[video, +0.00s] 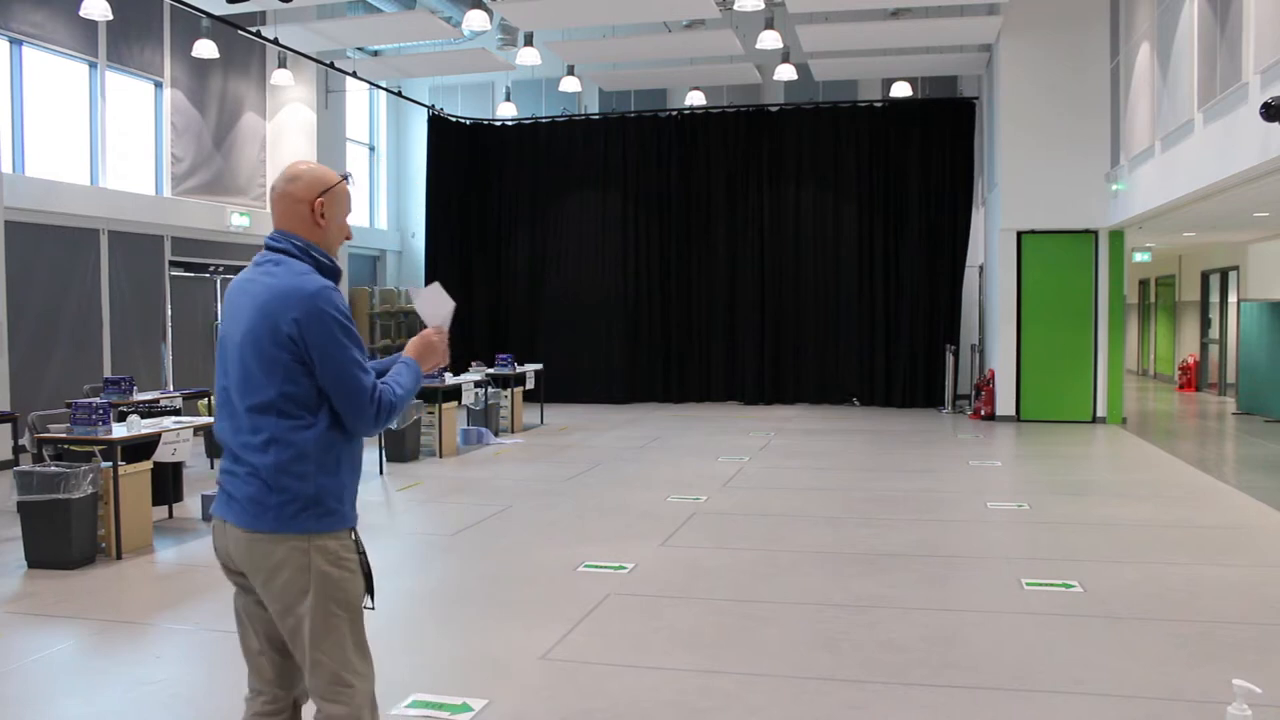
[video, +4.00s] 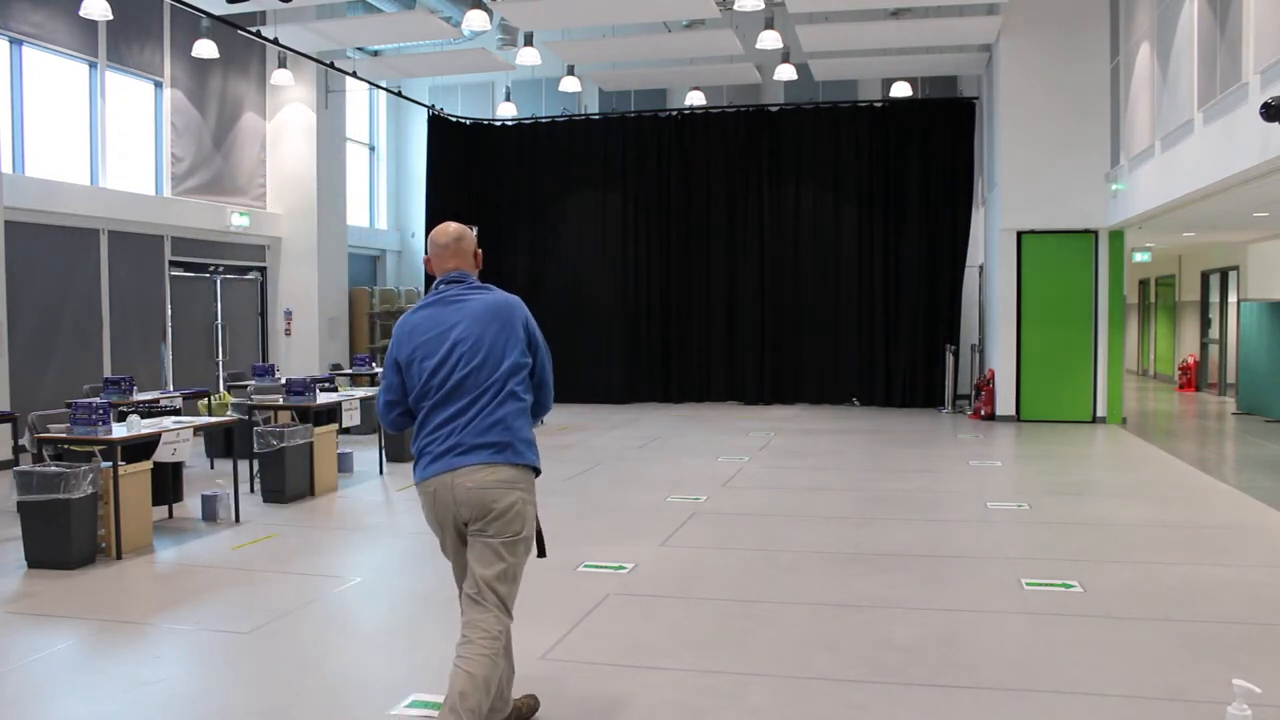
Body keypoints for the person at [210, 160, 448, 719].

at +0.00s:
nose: (350, 227)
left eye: (349, 212)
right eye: (345, 212)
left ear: (300, 211)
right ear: (317, 211)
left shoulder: (246, 284)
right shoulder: (312, 296)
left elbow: (315, 390)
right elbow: (368, 410)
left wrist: (395, 365)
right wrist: (415, 361)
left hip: (239, 521)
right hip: (301, 534)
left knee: (272, 694)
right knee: (345, 699)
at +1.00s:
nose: (318, 211)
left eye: (318, 200)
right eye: (316, 201)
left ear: (248, 211)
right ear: (299, 207)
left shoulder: (203, 292)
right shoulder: (317, 289)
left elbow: (245, 372)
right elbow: (414, 295)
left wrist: (330, 359)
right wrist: (432, 223)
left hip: (227, 525)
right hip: (310, 527)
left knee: (257, 690)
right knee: (340, 687)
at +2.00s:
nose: (365, 220)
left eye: (361, 209)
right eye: (360, 209)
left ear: (303, 222)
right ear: (346, 221)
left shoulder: (282, 295)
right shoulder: (335, 290)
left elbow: (358, 354)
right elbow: (439, 237)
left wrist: (418, 311)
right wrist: (415, 146)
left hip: (308, 521)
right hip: (353, 521)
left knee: (366, 660)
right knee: (379, 683)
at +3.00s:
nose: (485, 257)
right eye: (483, 250)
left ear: (435, 270)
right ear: (483, 261)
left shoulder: (416, 324)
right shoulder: (516, 310)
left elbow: (408, 408)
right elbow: (517, 379)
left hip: (441, 481)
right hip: (508, 473)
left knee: (479, 604)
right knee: (491, 616)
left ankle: (502, 709)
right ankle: (460, 716)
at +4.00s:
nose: (480, 257)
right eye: (478, 251)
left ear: (429, 265)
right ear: (478, 259)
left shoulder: (408, 325)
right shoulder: (511, 309)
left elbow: (393, 414)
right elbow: (541, 399)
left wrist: (438, 412)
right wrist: (504, 416)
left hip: (437, 483)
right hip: (503, 477)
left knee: (479, 598)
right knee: (487, 607)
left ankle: (497, 708)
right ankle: (459, 717)